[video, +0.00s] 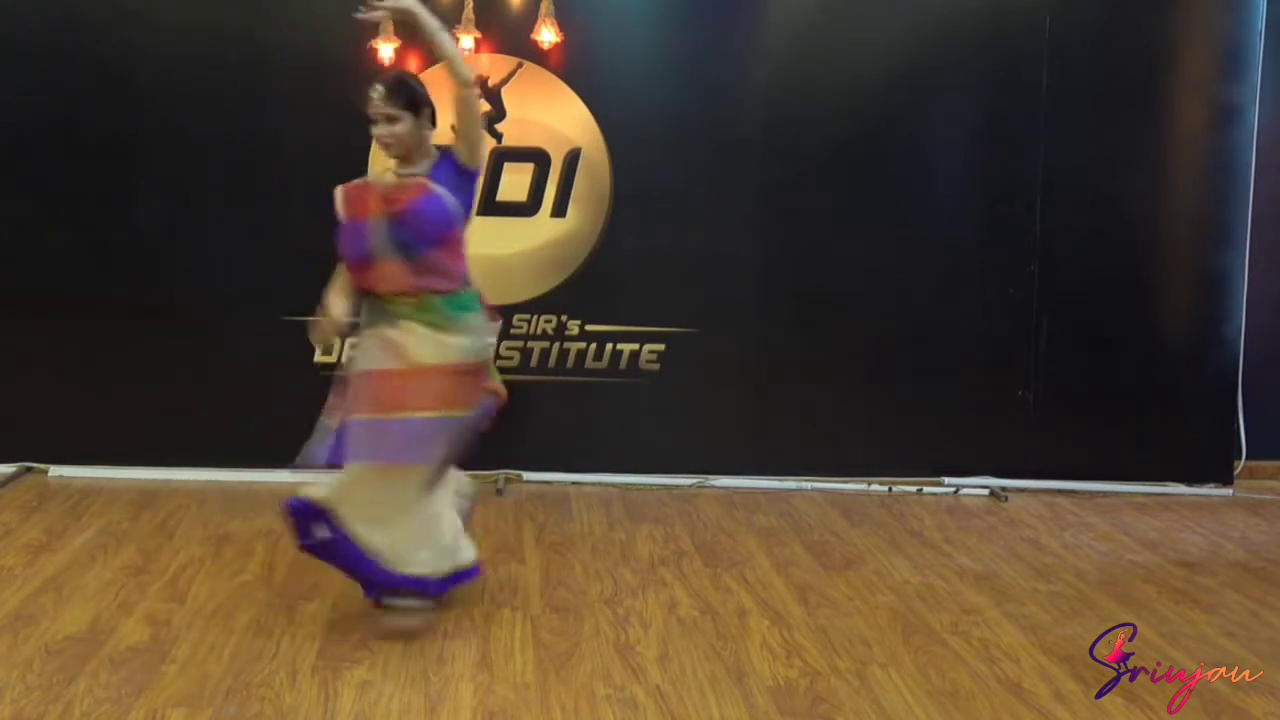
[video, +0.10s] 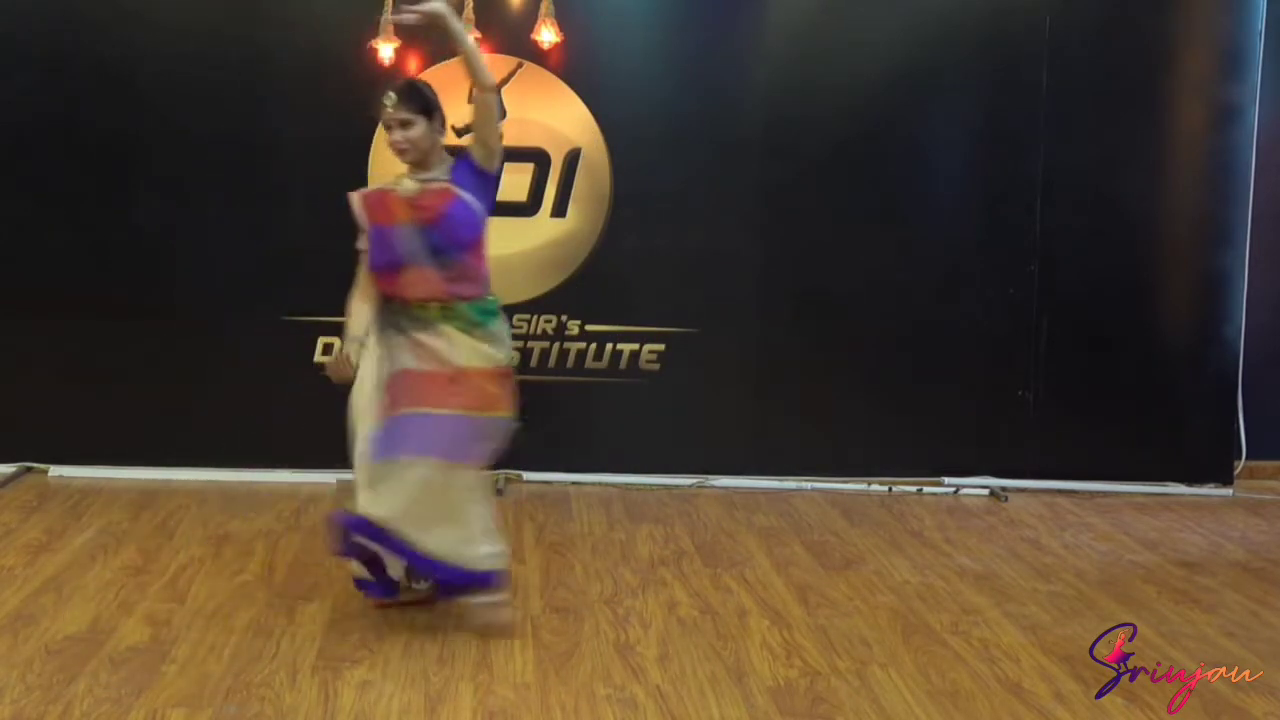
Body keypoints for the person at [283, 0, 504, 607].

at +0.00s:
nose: (382, 133)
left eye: (392, 120)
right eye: (374, 123)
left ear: (425, 120)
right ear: (369, 128)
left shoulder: (455, 173)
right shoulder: (367, 193)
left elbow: (466, 83)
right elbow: (352, 265)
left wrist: (416, 14)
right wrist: (334, 308)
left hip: (449, 331)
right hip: (384, 334)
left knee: (410, 456)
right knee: (371, 455)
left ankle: (417, 582)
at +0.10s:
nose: (396, 137)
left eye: (407, 124)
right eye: (389, 128)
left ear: (438, 126)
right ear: (385, 135)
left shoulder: (472, 176)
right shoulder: (383, 201)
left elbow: (487, 94)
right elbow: (367, 281)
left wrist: (453, 23)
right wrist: (351, 343)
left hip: (466, 332)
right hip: (401, 336)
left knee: (453, 452)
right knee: (400, 447)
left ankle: (482, 576)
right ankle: (413, 565)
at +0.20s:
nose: (419, 140)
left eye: (428, 126)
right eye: (412, 131)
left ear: (460, 124)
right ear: (411, 138)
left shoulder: (501, 178)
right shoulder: (408, 204)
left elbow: (519, 88)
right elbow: (379, 280)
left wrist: (490, 18)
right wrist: (340, 348)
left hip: (496, 333)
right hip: (425, 336)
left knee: (521, 456)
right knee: (417, 455)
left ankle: (571, 577)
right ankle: (416, 569)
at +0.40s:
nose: (462, 118)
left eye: (470, 104)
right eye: (457, 111)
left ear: (506, 104)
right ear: (464, 124)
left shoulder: (555, 159)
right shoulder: (466, 182)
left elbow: (577, 72)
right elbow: (389, 211)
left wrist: (564, 16)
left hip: (560, 320)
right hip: (490, 323)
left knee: (571, 449)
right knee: (412, 418)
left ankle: (573, 582)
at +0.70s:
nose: (530, 104)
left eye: (541, 94)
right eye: (524, 97)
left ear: (571, 105)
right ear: (518, 112)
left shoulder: (600, 163)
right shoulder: (510, 169)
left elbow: (635, 82)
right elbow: (440, 180)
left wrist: (620, 17)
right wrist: (497, 164)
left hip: (592, 321)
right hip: (522, 323)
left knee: (593, 450)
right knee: (485, 444)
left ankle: (582, 585)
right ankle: (432, 562)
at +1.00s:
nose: (611, 143)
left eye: (617, 135)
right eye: (601, 131)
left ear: (619, 146)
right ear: (570, 136)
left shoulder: (620, 193)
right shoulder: (543, 192)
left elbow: (672, 134)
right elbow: (518, 213)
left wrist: (705, 71)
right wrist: (587, 243)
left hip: (616, 346)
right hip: (553, 347)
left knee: (620, 467)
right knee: (550, 475)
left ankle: (593, 587)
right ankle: (531, 605)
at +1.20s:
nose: (624, 163)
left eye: (627, 153)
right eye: (613, 152)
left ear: (628, 159)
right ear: (579, 157)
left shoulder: (630, 208)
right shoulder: (560, 212)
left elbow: (686, 152)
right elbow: (539, 248)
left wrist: (684, 75)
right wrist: (604, 265)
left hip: (632, 363)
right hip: (570, 366)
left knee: (635, 482)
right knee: (572, 484)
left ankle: (602, 592)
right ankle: (549, 603)